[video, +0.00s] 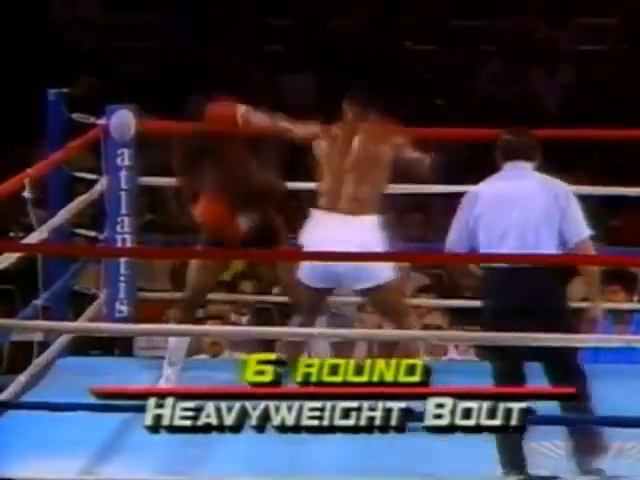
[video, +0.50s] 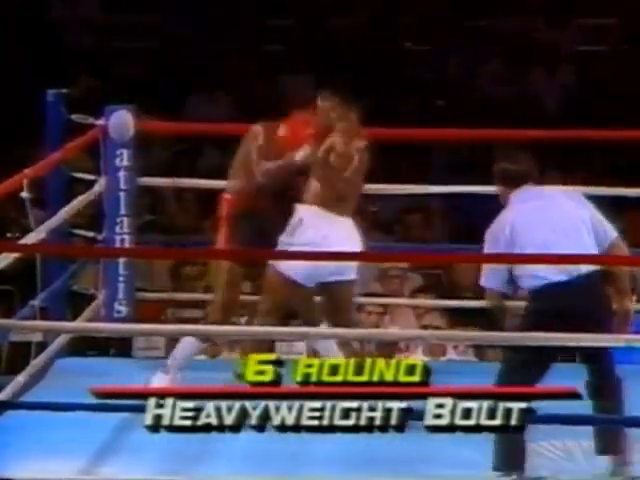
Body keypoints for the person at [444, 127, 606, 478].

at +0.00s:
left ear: (500, 159)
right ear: (537, 159)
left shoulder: (479, 193)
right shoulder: (556, 190)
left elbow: (453, 252)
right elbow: (584, 251)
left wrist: (478, 281)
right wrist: (595, 303)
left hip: (498, 286)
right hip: (545, 284)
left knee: (506, 375)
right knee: (564, 368)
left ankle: (512, 464)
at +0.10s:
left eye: (508, 159)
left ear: (509, 161)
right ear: (545, 160)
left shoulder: (490, 195)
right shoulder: (568, 192)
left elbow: (461, 253)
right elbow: (595, 252)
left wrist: (490, 277)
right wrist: (604, 306)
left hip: (509, 285)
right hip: (554, 284)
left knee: (509, 374)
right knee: (572, 371)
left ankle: (513, 464)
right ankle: (598, 455)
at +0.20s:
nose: (514, 169)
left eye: (513, 164)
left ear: (517, 165)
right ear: (552, 164)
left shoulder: (499, 203)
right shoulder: (580, 197)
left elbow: (473, 264)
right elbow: (610, 255)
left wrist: (483, 292)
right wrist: (616, 307)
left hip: (520, 293)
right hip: (569, 292)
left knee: (506, 378)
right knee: (586, 381)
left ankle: (517, 463)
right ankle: (597, 469)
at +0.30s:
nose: (507, 173)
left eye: (508, 168)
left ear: (512, 169)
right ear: (547, 165)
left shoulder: (502, 206)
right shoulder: (581, 195)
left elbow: (479, 268)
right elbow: (615, 253)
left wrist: (489, 297)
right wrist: (617, 305)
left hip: (529, 294)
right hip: (576, 292)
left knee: (504, 372)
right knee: (589, 377)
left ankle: (516, 455)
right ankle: (597, 467)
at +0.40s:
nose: (498, 184)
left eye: (499, 179)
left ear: (502, 180)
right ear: (536, 173)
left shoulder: (500, 219)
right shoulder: (574, 197)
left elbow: (484, 286)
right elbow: (617, 252)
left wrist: (502, 314)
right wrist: (619, 299)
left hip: (539, 301)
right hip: (587, 296)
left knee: (509, 379)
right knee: (594, 373)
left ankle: (510, 466)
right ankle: (601, 464)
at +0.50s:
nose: (497, 193)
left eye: (498, 187)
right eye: (499, 187)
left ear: (502, 188)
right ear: (534, 179)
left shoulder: (503, 224)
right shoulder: (573, 199)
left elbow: (493, 295)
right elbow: (618, 251)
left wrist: (504, 333)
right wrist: (624, 299)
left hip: (544, 300)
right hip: (592, 292)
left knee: (514, 378)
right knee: (601, 368)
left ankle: (509, 466)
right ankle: (617, 455)